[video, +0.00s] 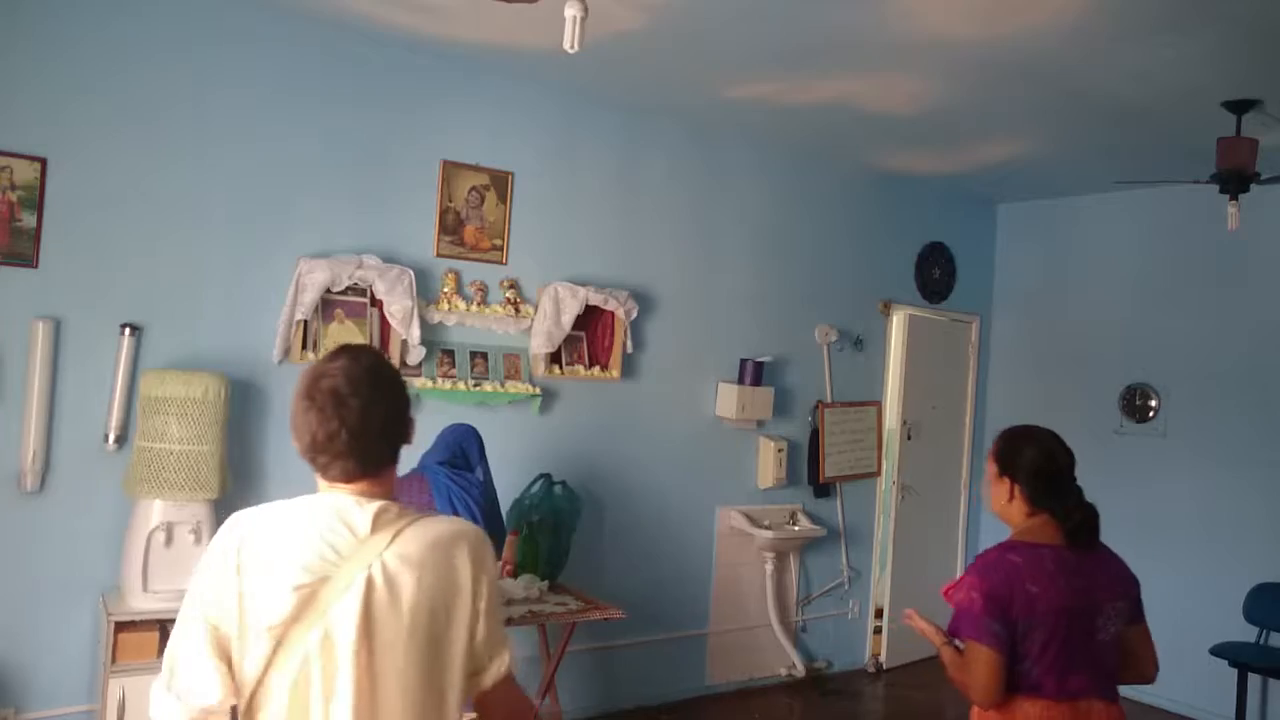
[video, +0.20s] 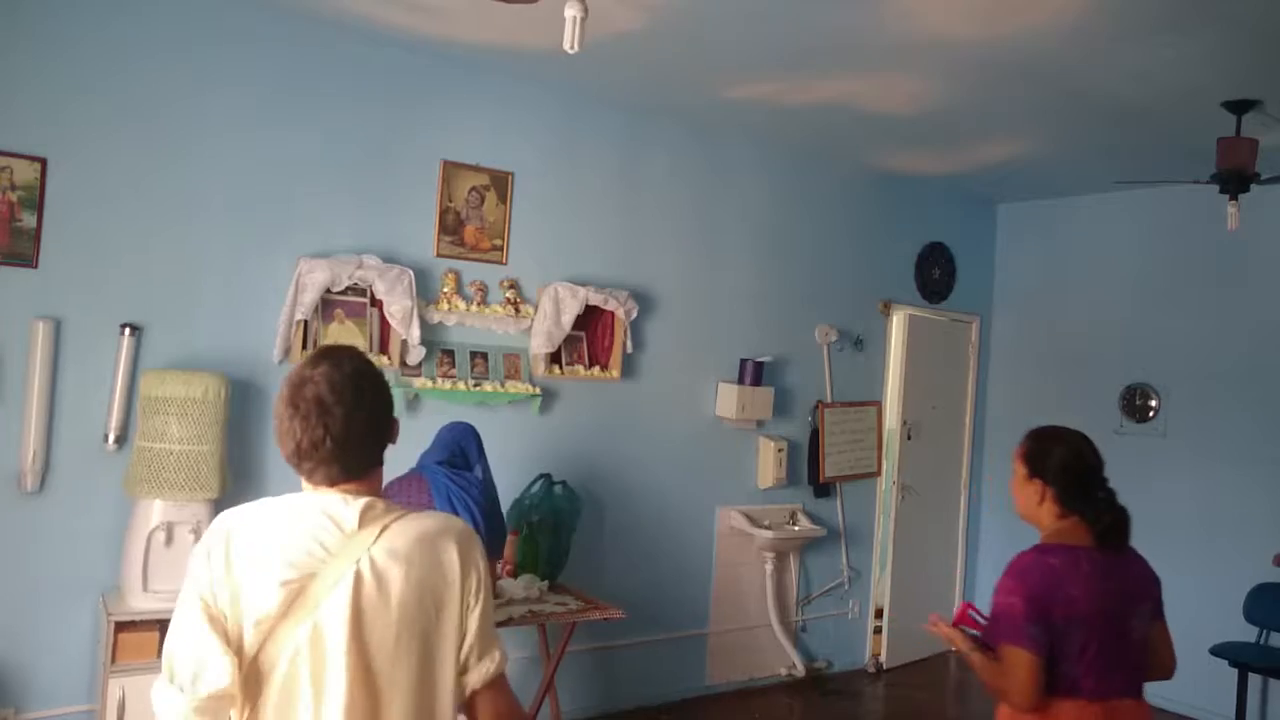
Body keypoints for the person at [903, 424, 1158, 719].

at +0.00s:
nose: (987, 486)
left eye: (990, 476)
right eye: (989, 475)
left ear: (1009, 488)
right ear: (1060, 483)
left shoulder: (992, 572)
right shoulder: (1110, 565)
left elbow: (984, 693)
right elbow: (1143, 667)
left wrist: (942, 645)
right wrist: (1069, 661)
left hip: (1020, 710)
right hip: (1100, 709)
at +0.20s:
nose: (1011, 485)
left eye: (1017, 474)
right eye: (1014, 473)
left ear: (1041, 489)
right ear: (1086, 484)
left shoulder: (1029, 573)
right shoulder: (1134, 566)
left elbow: (1021, 694)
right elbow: (1162, 664)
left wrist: (966, 650)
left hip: (1053, 713)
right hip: (1129, 710)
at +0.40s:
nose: (1036, 486)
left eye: (1042, 477)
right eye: (1039, 475)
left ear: (1070, 494)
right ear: (1114, 491)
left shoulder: (1063, 576)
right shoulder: (1157, 568)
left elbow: (1065, 701)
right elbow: (1186, 666)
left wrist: (999, 657)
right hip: (1164, 712)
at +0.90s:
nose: (1068, 486)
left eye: (1077, 474)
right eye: (1073, 474)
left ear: (1108, 491)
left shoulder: (1098, 571)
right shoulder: (1178, 565)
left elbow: (1086, 693)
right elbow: (1198, 673)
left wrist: (1018, 649)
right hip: (1168, 710)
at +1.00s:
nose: (1067, 488)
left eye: (1077, 476)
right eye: (1073, 476)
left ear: (1107, 494)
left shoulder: (1101, 575)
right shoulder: (1176, 569)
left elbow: (1089, 697)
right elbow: (1195, 676)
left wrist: (1021, 649)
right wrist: (1055, 648)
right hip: (1168, 711)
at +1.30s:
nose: (1043, 480)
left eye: (1053, 470)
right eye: (1049, 469)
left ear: (1081, 492)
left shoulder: (1071, 571)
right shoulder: (1148, 567)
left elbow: (1063, 692)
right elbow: (1170, 667)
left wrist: (993, 645)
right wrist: (1043, 633)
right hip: (1144, 708)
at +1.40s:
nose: (1030, 480)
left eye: (1040, 471)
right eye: (1036, 469)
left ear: (1068, 492)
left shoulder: (1053, 571)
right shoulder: (1134, 569)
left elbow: (1040, 689)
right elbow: (1153, 667)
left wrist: (976, 639)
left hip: (1047, 712)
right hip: (1123, 708)